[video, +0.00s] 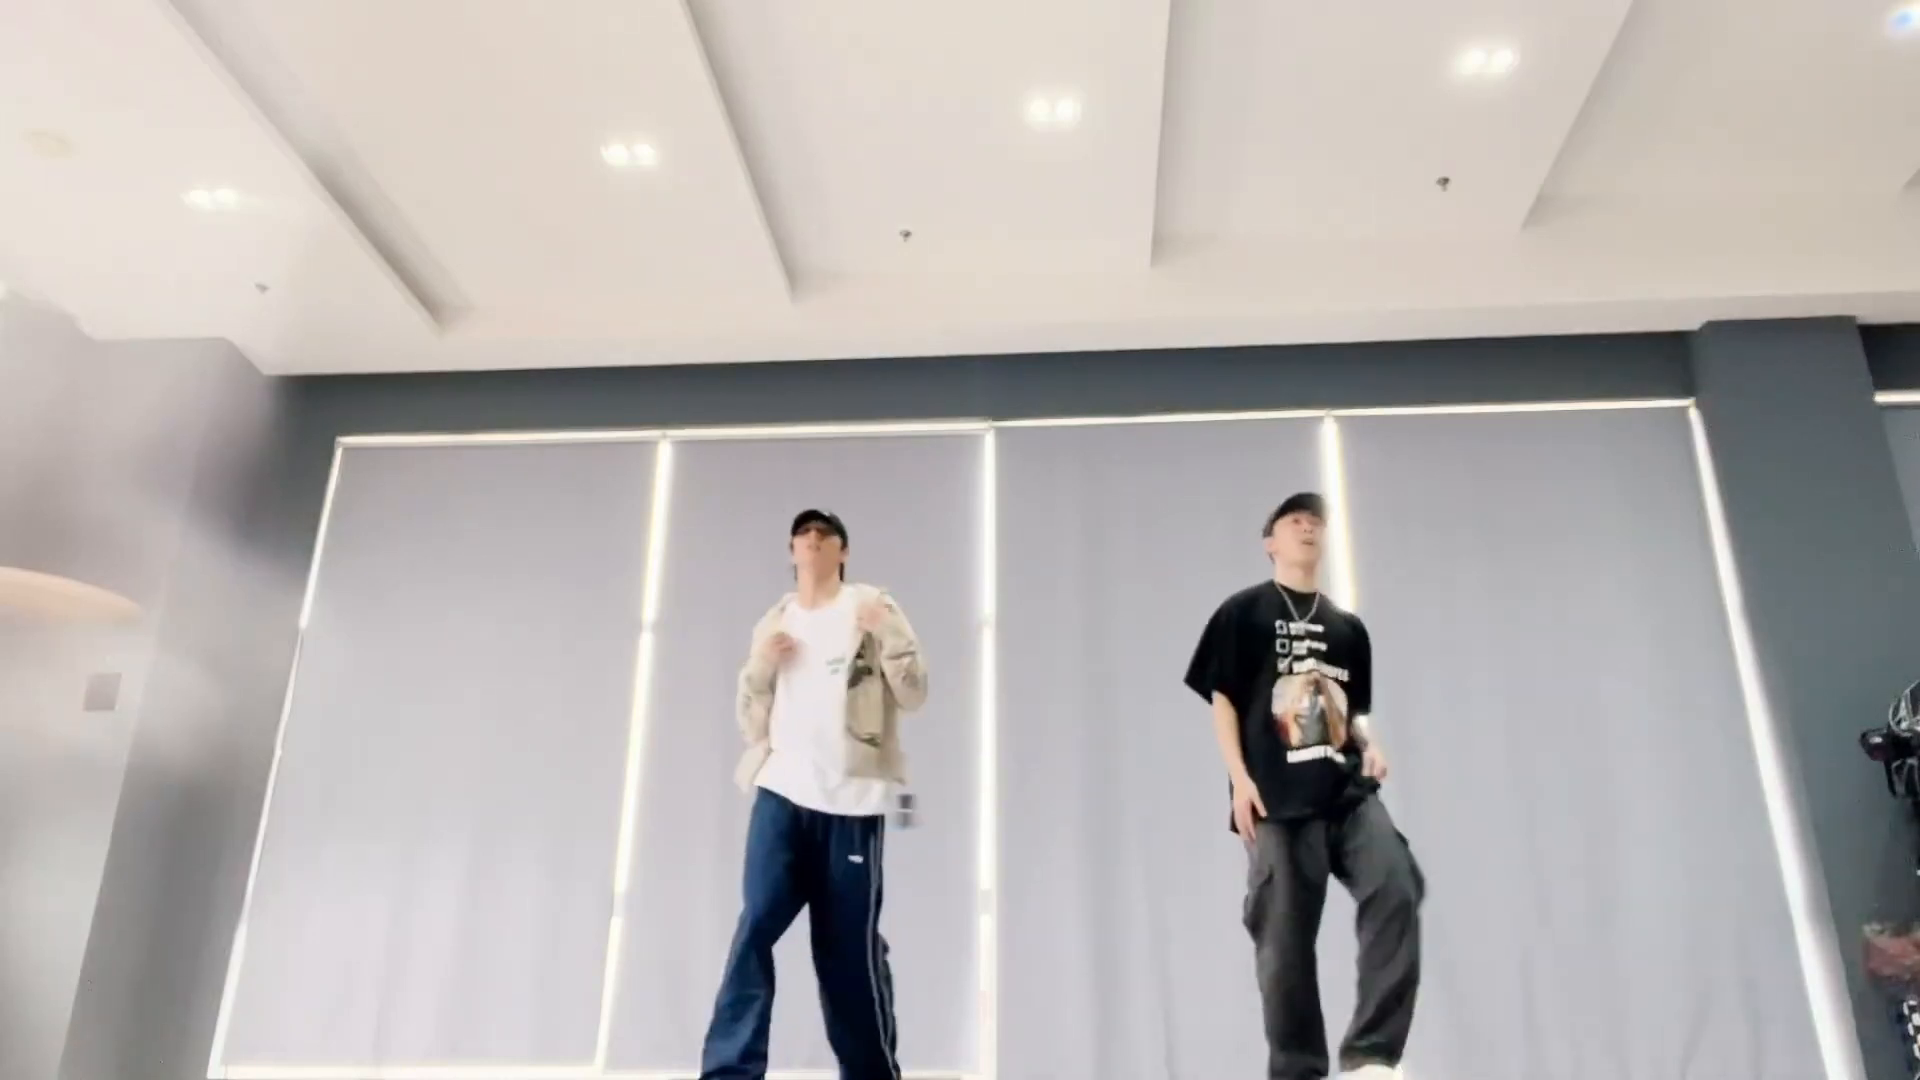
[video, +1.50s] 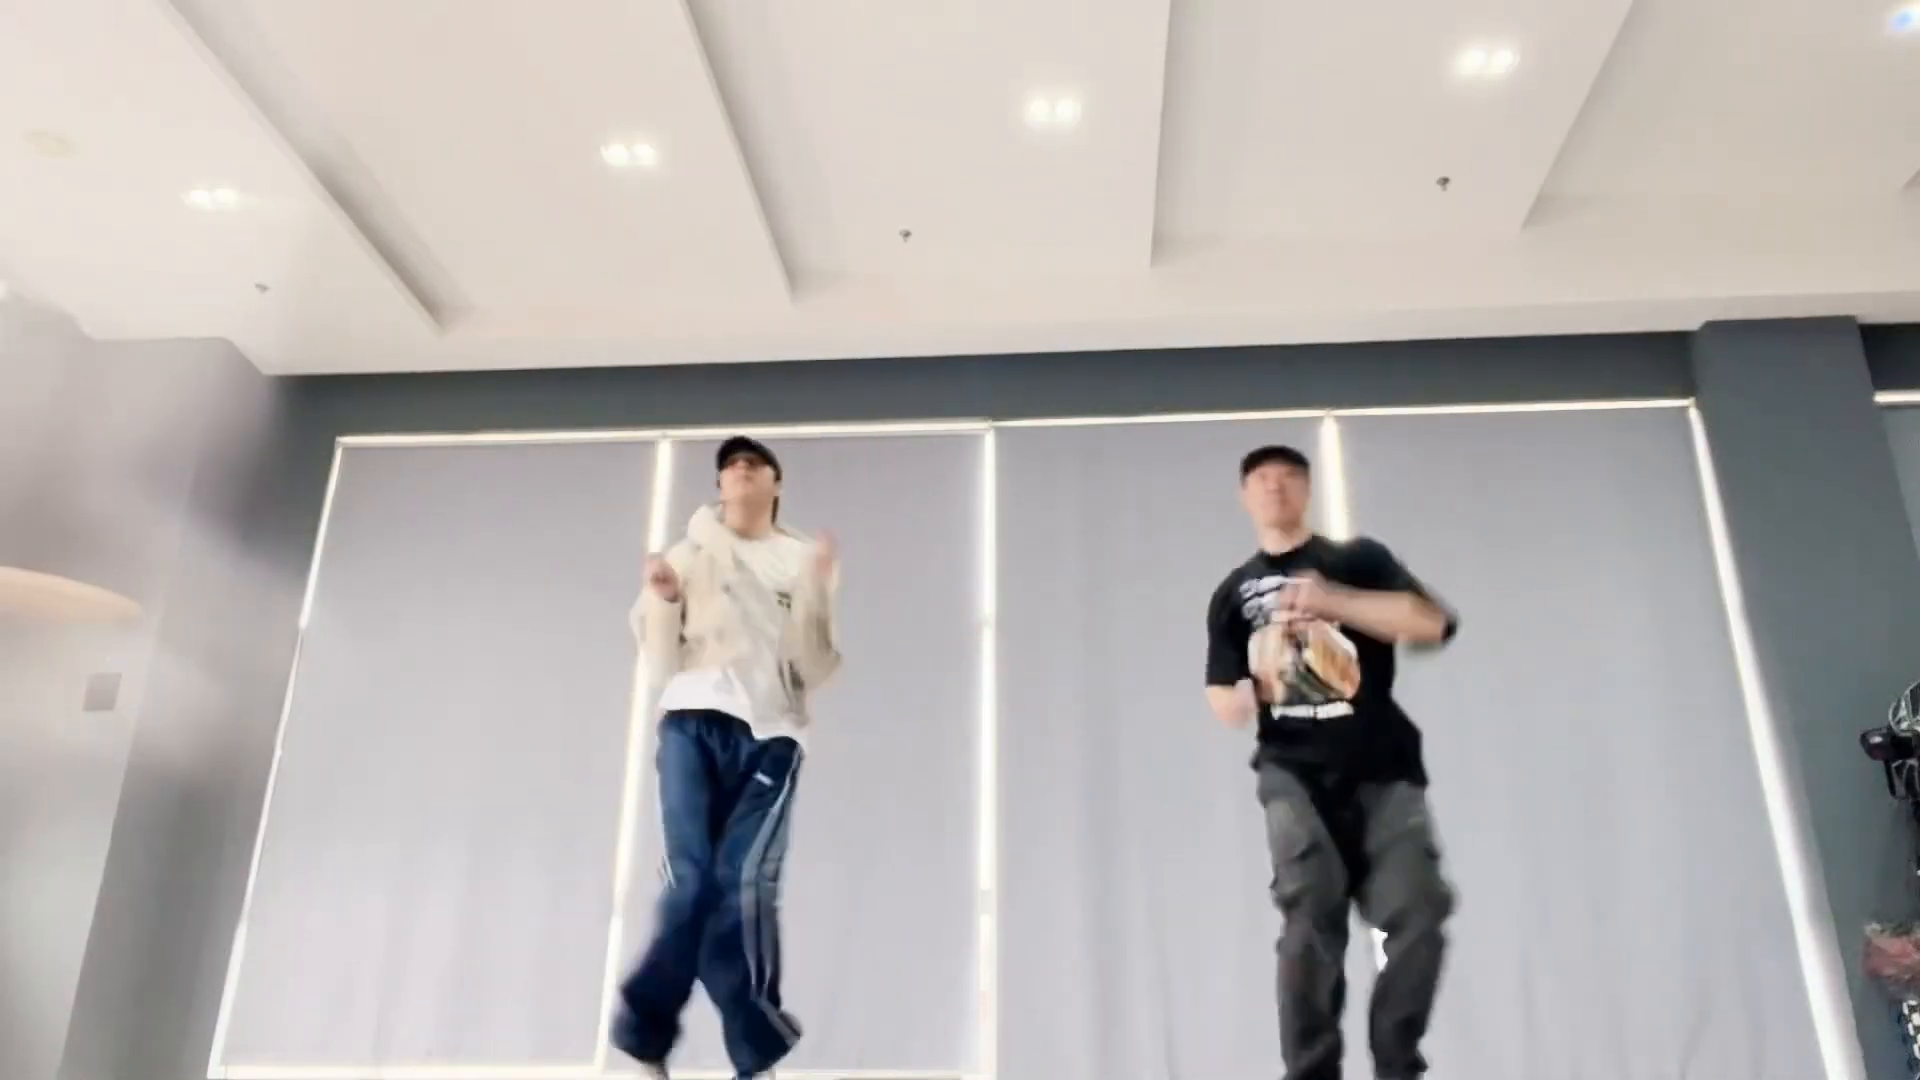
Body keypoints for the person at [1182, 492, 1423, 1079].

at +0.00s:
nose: (1308, 528)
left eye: (1316, 521)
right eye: (1295, 522)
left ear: (1325, 541)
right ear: (1270, 542)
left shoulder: (1348, 628)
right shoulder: (1242, 612)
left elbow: (1354, 711)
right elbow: (1222, 703)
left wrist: (1370, 744)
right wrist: (1240, 780)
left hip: (1348, 796)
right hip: (1278, 802)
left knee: (1396, 887)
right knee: (1283, 939)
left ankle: (1372, 1057)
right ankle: (1297, 1072)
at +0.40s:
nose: (1311, 496)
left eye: (1320, 490)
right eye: (1298, 489)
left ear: (1333, 509)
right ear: (1276, 510)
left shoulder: (1372, 591)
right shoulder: (1247, 595)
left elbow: (1435, 660)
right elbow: (1211, 670)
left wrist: (1427, 654)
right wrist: (1244, 682)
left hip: (1364, 777)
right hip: (1277, 781)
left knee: (1385, 909)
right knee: (1252, 888)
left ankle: (1373, 1063)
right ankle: (1305, 984)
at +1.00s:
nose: (1359, 499)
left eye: (1368, 494)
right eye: (1346, 486)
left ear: (1370, 517)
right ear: (1310, 496)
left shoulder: (1356, 599)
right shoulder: (1263, 545)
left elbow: (1375, 693)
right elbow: (1192, 595)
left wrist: (1391, 651)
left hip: (1312, 761)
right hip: (1242, 747)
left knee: (1375, 897)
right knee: (1257, 868)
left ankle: (1376, 1060)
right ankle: (1264, 1051)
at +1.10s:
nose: (1372, 547)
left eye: (1381, 541)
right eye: (1360, 532)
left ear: (1381, 558)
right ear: (1323, 534)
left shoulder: (1356, 637)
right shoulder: (1274, 554)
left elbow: (1441, 656)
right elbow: (1219, 480)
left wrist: (1530, 630)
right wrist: (1278, 412)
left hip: (1282, 797)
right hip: (1223, 766)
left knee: (1374, 908)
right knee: (1209, 893)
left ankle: (1378, 1074)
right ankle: (1091, 1056)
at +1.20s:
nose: (1365, 576)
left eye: (1372, 570)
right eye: (1351, 564)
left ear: (1376, 588)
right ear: (1323, 570)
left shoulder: (1360, 667)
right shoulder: (1290, 587)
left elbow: (1447, 656)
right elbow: (1274, 488)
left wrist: (1531, 613)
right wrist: (1289, 389)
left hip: (1274, 831)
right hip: (1215, 802)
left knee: (1370, 912)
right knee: (1159, 932)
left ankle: (1375, 1068)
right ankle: (1019, 1041)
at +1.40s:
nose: (1323, 484)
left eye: (1334, 477)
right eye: (1309, 476)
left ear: (1348, 497)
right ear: (1287, 495)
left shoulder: (1369, 597)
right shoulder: (1256, 561)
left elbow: (1362, 692)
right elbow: (1218, 664)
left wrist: (1348, 690)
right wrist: (1282, 654)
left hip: (1344, 761)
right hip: (1263, 740)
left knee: (1400, 910)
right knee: (1262, 871)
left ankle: (1385, 1071)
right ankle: (1185, 1020)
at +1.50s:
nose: (1276, 488)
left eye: (1289, 477)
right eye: (1261, 480)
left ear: (1308, 491)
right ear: (1246, 500)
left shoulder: (1359, 561)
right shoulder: (1234, 594)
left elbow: (1433, 624)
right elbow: (1227, 707)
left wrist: (1333, 603)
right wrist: (1270, 671)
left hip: (1380, 760)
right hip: (1292, 770)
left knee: (1419, 907)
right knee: (1311, 911)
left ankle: (1397, 1065)